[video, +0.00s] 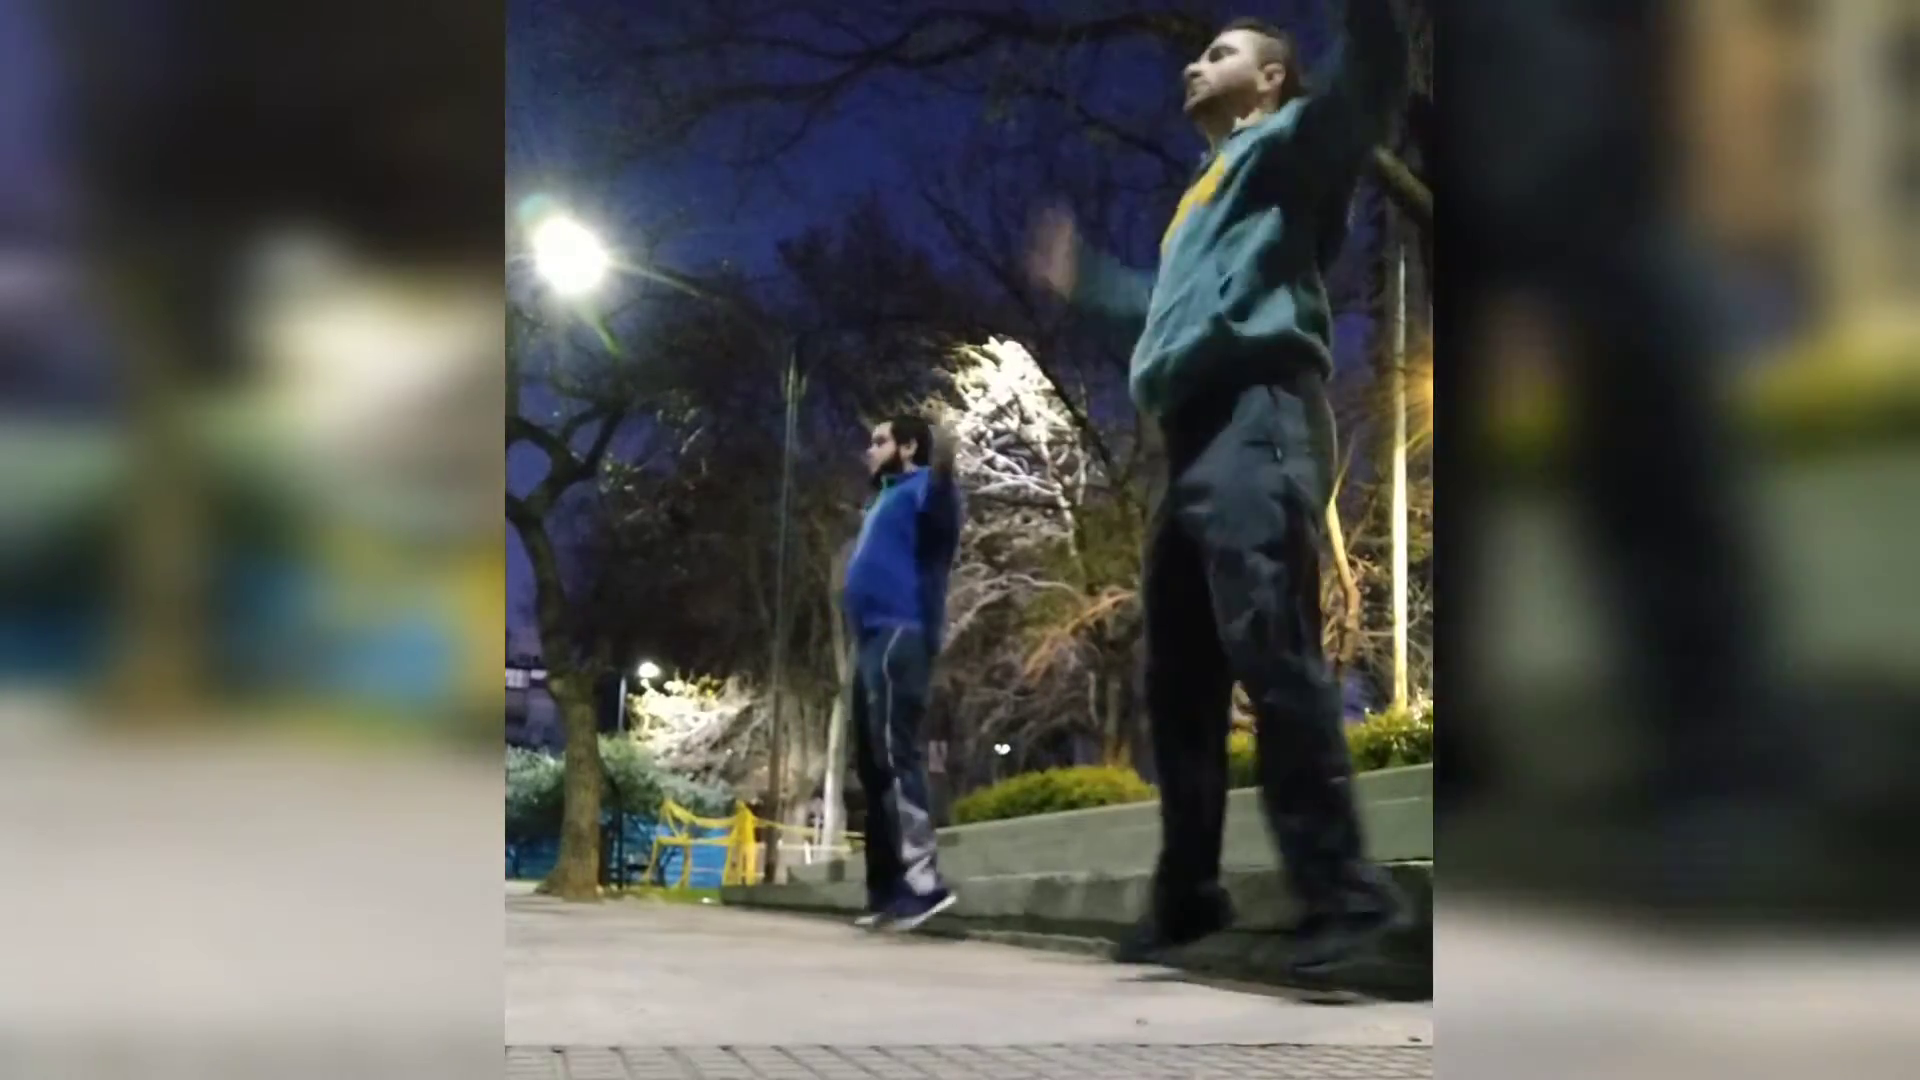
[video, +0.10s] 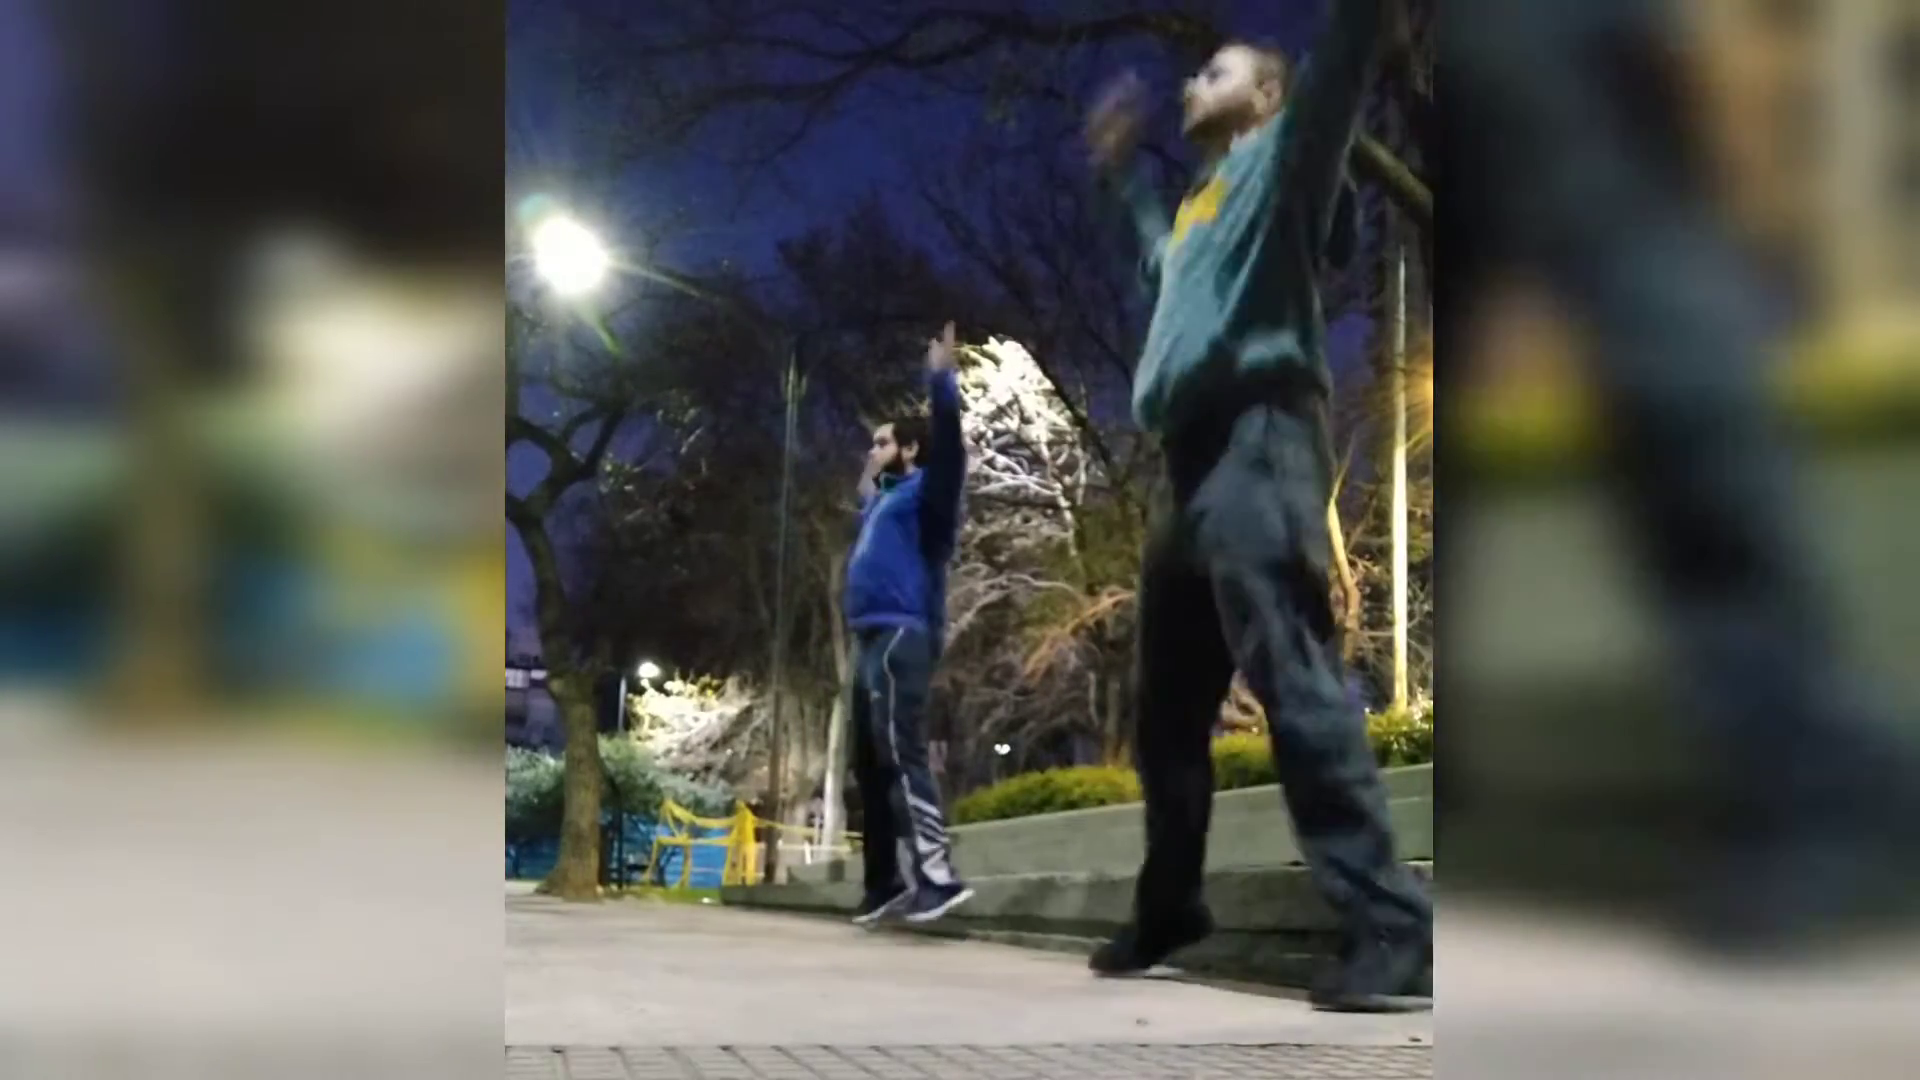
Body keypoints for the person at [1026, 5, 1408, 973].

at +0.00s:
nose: (1195, 65)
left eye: (1219, 52)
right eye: (1197, 55)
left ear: (1274, 75)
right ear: (1216, 94)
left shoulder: (1291, 146)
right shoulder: (1198, 201)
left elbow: (1363, 82)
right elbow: (1168, 311)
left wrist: (1372, 2)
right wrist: (1080, 274)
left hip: (1262, 411)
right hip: (1195, 434)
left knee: (1273, 651)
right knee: (1181, 677)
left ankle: (1347, 906)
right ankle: (1187, 897)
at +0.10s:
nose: (1196, 79)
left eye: (1219, 69)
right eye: (1198, 72)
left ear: (1272, 90)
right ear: (1204, 105)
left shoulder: (1285, 162)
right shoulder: (1188, 218)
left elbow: (1343, 55)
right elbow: (1160, 250)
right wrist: (1123, 170)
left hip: (1262, 432)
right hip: (1190, 455)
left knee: (1297, 682)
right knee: (1170, 703)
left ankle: (1385, 933)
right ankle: (1170, 908)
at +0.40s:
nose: (1185, 76)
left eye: (1209, 63)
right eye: (1189, 64)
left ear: (1263, 84)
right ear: (1200, 97)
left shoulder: (1285, 149)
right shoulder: (1188, 218)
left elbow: (1371, 65)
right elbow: (1143, 300)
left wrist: (1372, 9)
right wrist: (1063, 258)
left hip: (1264, 424)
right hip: (1192, 451)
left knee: (1274, 661)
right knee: (1160, 694)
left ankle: (1374, 932)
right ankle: (1154, 906)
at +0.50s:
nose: (1177, 68)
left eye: (1199, 52)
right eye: (1179, 56)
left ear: (1256, 74)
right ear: (1201, 85)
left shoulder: (1269, 139)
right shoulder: (1192, 199)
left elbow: (1348, 153)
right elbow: (1168, 346)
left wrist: (1329, 157)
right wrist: (1061, 373)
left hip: (1259, 421)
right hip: (1194, 445)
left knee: (1243, 645)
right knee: (1150, 676)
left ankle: (1315, 914)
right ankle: (1177, 900)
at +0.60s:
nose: (1173, 103)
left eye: (1196, 90)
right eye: (1174, 94)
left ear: (1249, 116)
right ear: (1188, 129)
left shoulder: (1288, 187)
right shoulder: (1195, 230)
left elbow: (1361, 323)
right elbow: (1184, 375)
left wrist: (1310, 406)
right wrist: (1140, 487)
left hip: (1245, 474)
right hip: (1175, 484)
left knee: (1214, 702)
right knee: (1143, 711)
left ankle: (1263, 943)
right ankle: (1207, 933)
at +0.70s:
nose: (1176, 127)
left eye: (1199, 115)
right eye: (1178, 117)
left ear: (1251, 139)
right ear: (1200, 150)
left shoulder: (1291, 223)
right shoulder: (1203, 253)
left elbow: (1343, 364)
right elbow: (1189, 399)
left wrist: (1269, 444)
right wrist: (1152, 525)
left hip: (1237, 517)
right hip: (1172, 525)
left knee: (1204, 728)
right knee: (1142, 732)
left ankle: (1267, 950)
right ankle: (1209, 940)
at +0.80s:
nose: (1188, 78)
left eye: (1211, 60)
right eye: (1190, 66)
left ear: (1267, 80)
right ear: (1222, 97)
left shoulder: (1306, 158)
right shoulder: (1214, 198)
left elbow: (1364, 232)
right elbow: (1199, 339)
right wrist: (1154, 438)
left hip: (1255, 438)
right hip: (1183, 457)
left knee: (1237, 681)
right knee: (1176, 692)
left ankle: (1264, 931)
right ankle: (1205, 930)